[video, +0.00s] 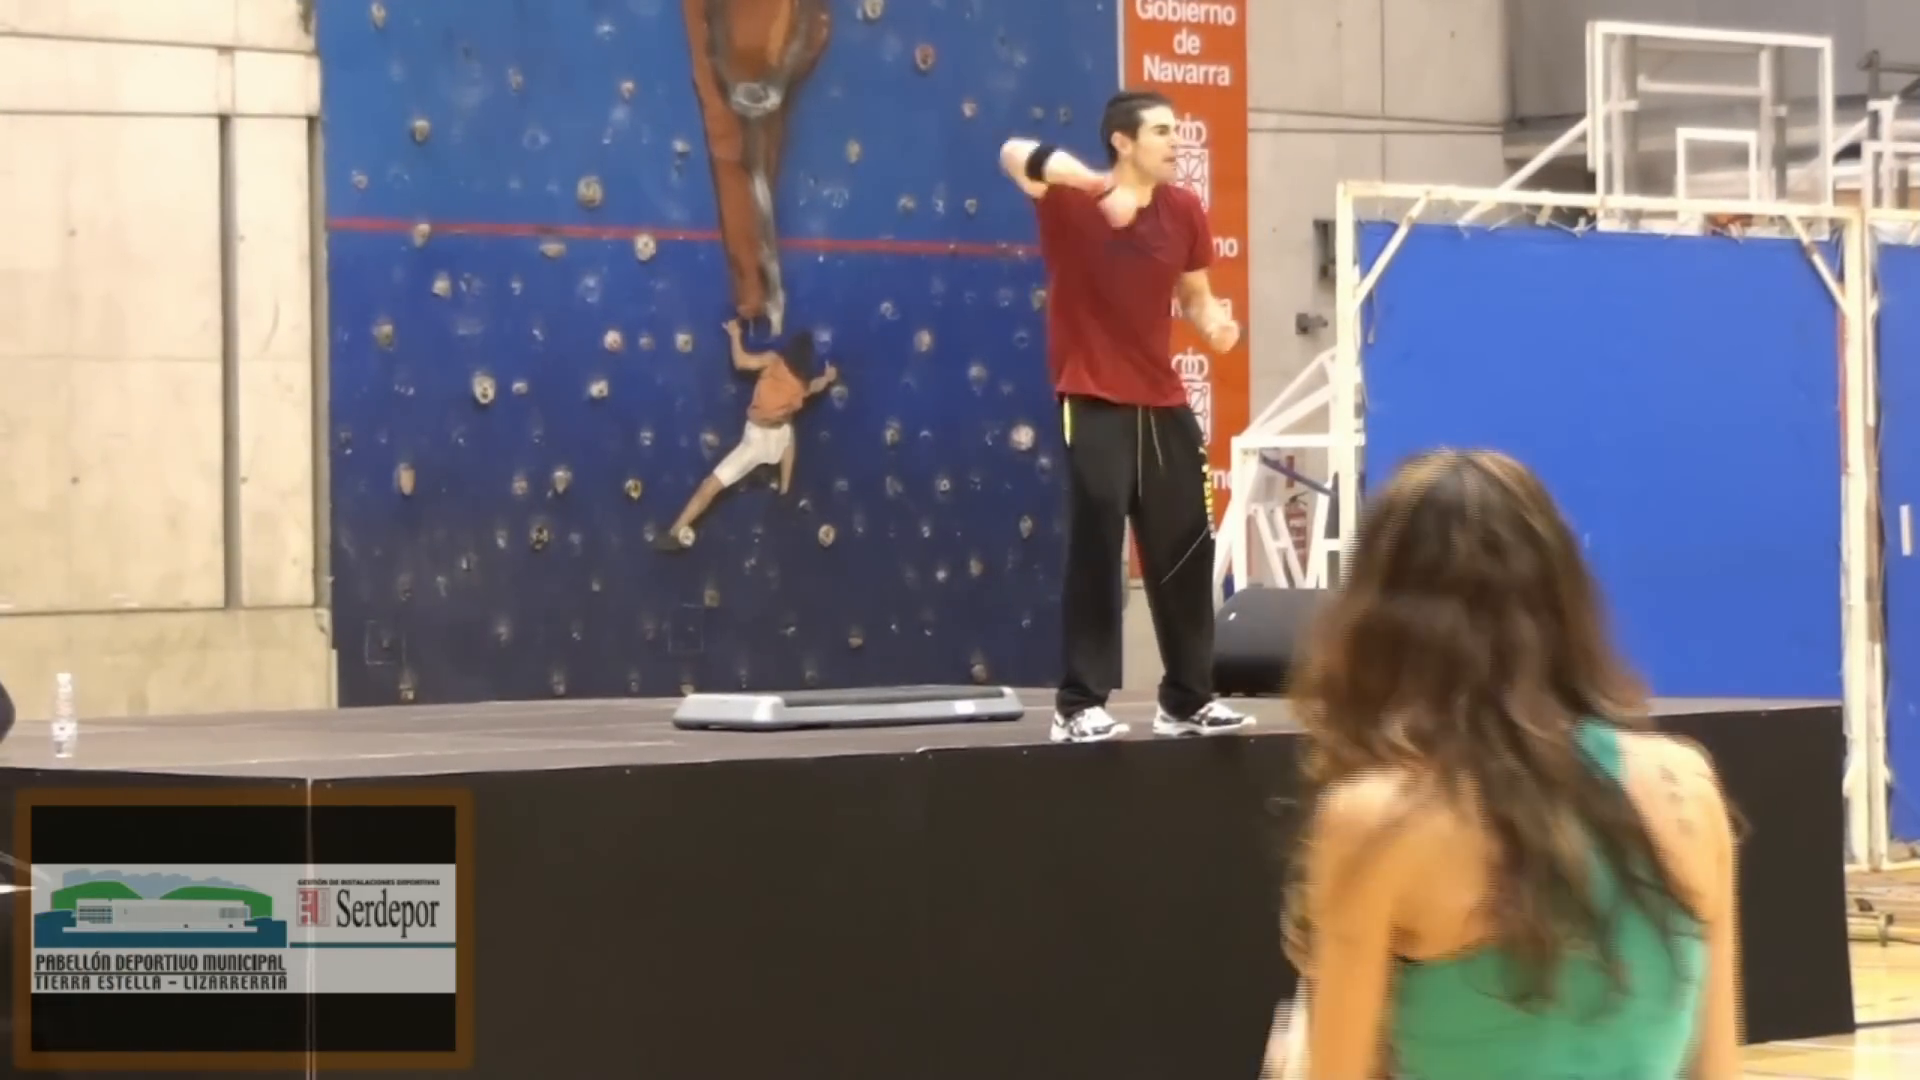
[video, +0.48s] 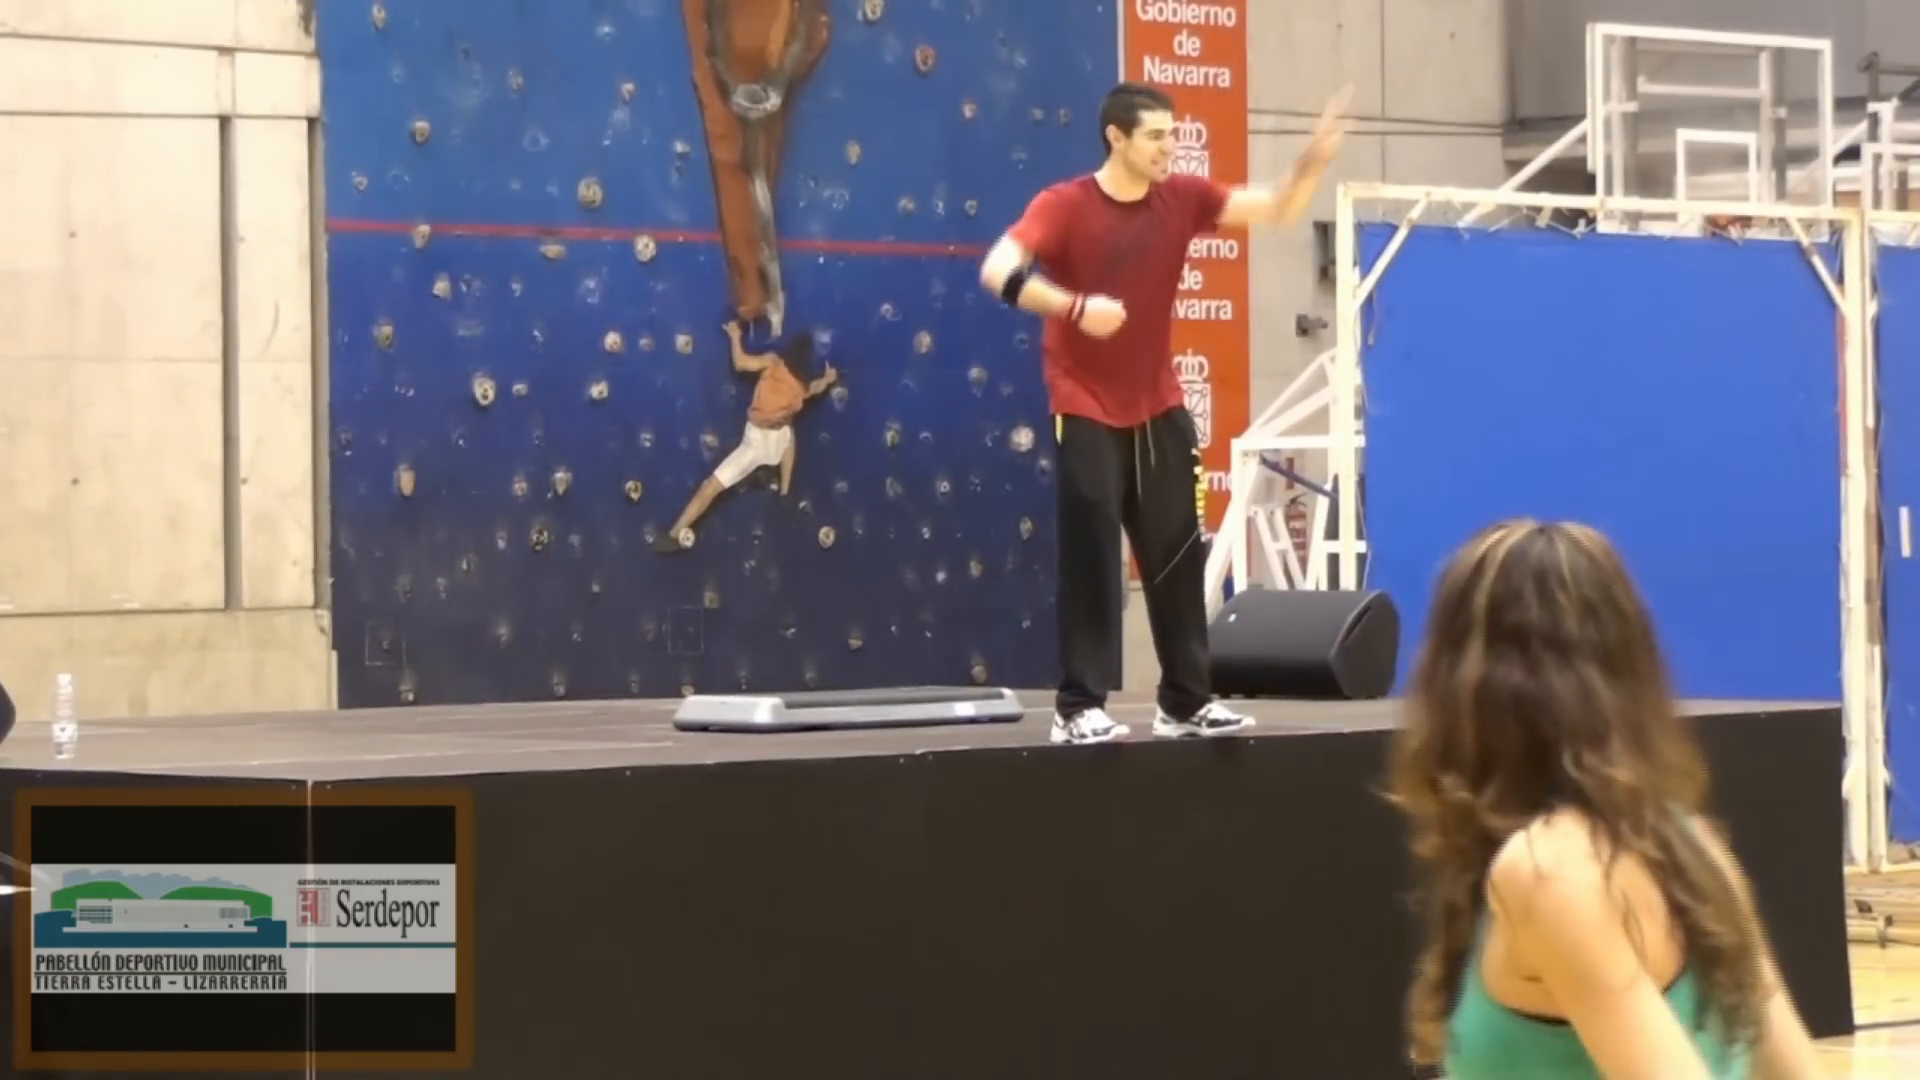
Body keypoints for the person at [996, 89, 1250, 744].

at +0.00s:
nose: (1175, 143)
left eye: (1174, 132)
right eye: (1161, 132)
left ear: (1167, 143)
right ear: (1121, 141)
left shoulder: (1182, 209)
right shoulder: (1071, 197)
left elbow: (1197, 297)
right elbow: (1013, 154)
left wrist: (1217, 328)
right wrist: (1069, 172)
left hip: (1163, 401)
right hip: (1094, 399)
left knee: (1184, 549)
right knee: (1097, 547)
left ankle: (1188, 698)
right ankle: (1080, 703)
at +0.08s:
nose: (1177, 143)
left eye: (1178, 132)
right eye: (1163, 132)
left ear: (1172, 143)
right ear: (1124, 141)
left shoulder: (1185, 210)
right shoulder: (1078, 202)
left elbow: (1193, 300)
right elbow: (1023, 201)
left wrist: (1209, 330)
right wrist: (1094, 153)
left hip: (1163, 402)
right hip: (1095, 401)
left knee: (1184, 550)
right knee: (1097, 550)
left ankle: (1188, 699)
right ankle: (1080, 704)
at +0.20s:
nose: (1180, 140)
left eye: (1179, 129)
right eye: (1166, 129)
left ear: (1168, 141)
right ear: (1126, 139)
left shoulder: (1183, 208)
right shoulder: (1078, 197)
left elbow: (1194, 297)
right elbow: (1015, 198)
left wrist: (1206, 321)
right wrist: (1064, 189)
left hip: (1162, 404)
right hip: (1093, 405)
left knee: (1180, 554)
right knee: (1093, 556)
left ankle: (1187, 699)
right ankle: (1080, 704)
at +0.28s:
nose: (1177, 141)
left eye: (1177, 130)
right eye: (1164, 130)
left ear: (1169, 142)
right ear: (1124, 139)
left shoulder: (1183, 208)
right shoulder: (1077, 197)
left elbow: (1206, 286)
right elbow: (1016, 199)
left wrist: (1217, 301)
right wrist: (1093, 247)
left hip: (1163, 407)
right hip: (1094, 408)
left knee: (1180, 555)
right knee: (1093, 558)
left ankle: (1187, 699)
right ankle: (1080, 704)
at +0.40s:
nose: (1170, 143)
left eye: (1172, 132)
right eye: (1157, 132)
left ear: (1170, 139)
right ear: (1118, 137)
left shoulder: (1182, 204)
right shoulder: (1071, 202)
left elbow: (1251, 251)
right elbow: (1004, 242)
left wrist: (1264, 232)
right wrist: (1081, 287)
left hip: (1159, 403)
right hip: (1087, 405)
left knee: (1178, 550)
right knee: (1093, 551)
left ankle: (1188, 700)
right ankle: (1082, 704)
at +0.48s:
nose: (1167, 148)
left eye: (1171, 137)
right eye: (1155, 137)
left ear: (1168, 142)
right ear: (1115, 137)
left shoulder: (1183, 197)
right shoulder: (1065, 204)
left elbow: (1274, 211)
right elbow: (1000, 269)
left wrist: (1313, 161)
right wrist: (1075, 306)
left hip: (1158, 403)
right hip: (1085, 405)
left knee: (1176, 551)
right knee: (1090, 553)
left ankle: (1188, 701)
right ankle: (1081, 705)